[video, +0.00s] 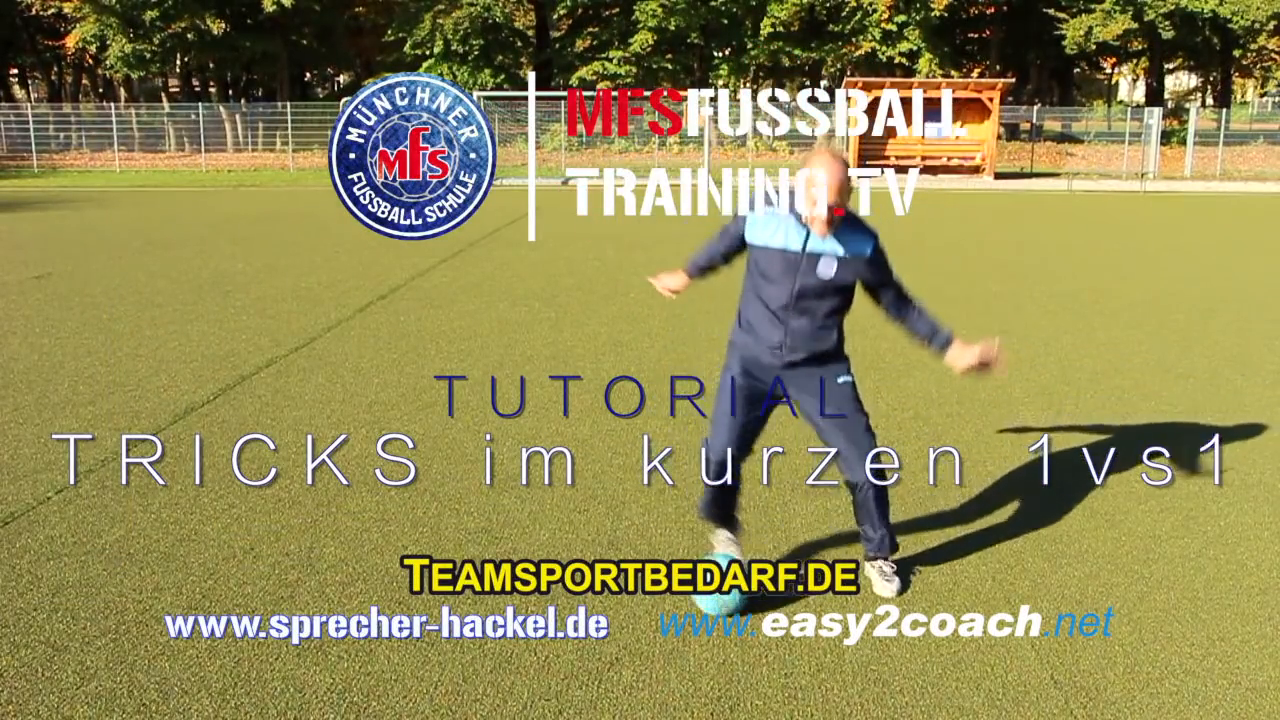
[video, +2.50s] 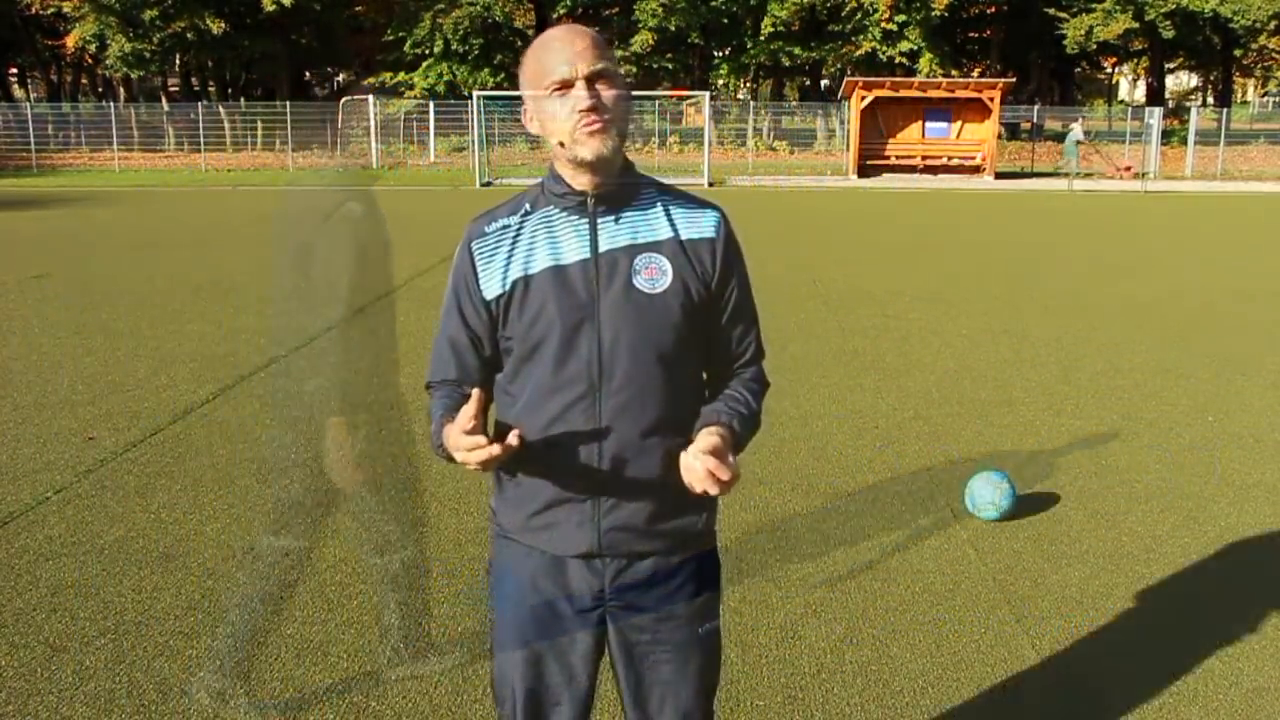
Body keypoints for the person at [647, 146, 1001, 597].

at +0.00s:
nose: (828, 205)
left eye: (837, 196)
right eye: (819, 193)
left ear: (847, 193)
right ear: (800, 185)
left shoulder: (859, 244)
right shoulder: (758, 225)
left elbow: (897, 302)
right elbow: (722, 247)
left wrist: (949, 346)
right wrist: (687, 272)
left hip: (819, 367)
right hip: (751, 362)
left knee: (864, 465)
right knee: (721, 455)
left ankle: (879, 556)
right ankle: (721, 525)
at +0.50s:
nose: (716, 226)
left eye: (726, 216)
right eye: (706, 216)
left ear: (742, 208)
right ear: (688, 207)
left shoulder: (776, 254)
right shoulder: (662, 240)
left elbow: (833, 323)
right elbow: (621, 264)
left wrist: (886, 385)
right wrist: (577, 284)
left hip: (764, 395)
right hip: (688, 391)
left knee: (821, 488)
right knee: (632, 501)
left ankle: (865, 554)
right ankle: (644, 611)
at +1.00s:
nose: (472, 183)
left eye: (487, 168)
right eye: (461, 167)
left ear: (514, 175)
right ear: (444, 171)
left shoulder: (551, 267)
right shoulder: (415, 253)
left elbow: (591, 380)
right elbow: (371, 342)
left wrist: (621, 479)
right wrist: (317, 415)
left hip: (495, 473)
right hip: (411, 460)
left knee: (450, 620)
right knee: (345, 590)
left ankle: (439, 712)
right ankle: (441, 620)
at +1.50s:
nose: (264, 186)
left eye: (275, 170)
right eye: (249, 168)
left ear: (285, 170)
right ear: (205, 160)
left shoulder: (281, 262)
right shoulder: (123, 246)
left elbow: (295, 378)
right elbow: (24, 348)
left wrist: (321, 467)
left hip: (244, 495)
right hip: (138, 499)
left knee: (334, 621)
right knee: (89, 685)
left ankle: (314, 699)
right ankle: (48, 711)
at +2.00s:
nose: (316, 150)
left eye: (319, 137)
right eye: (305, 138)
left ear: (275, 132)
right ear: (261, 129)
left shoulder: (265, 194)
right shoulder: (194, 207)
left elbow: (245, 313)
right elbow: (144, 334)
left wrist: (261, 401)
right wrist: (154, 442)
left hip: (256, 415)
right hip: (212, 425)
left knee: (247, 576)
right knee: (250, 588)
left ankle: (213, 697)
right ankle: (204, 711)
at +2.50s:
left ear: (321, 142)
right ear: (350, 136)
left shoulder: (308, 203)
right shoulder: (350, 209)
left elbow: (314, 319)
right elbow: (335, 323)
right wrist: (338, 421)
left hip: (305, 408)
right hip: (358, 410)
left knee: (285, 544)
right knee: (396, 538)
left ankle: (220, 675)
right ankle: (406, 652)